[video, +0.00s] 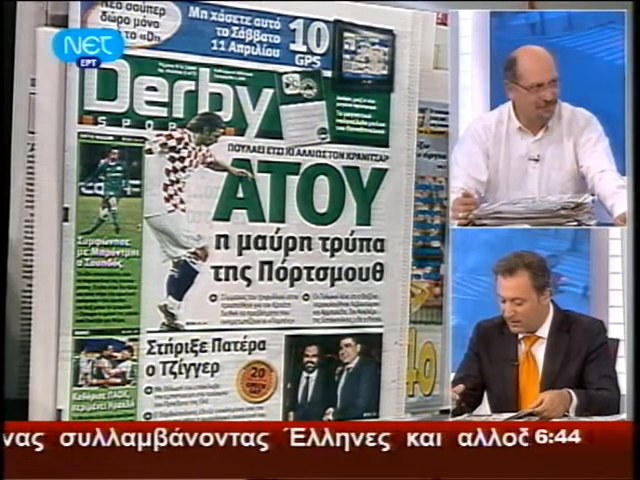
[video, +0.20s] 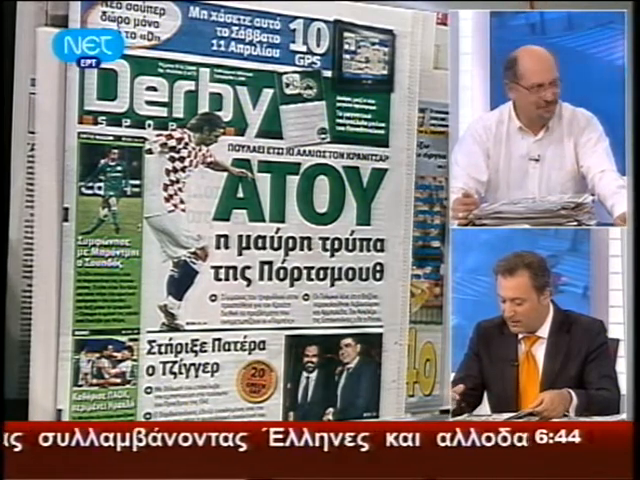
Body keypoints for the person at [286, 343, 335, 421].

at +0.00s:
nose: (310, 360)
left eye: (314, 356)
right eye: (307, 356)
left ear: (320, 359)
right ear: (302, 358)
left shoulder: (326, 377)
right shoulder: (296, 375)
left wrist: (330, 411)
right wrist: (291, 412)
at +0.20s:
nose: (310, 360)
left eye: (314, 356)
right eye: (307, 356)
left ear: (320, 359)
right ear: (302, 358)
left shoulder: (326, 377)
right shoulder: (296, 375)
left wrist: (330, 411)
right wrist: (291, 412)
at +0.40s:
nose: (310, 360)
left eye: (314, 356)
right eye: (307, 356)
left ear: (320, 359)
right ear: (302, 358)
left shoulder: (326, 377)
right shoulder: (296, 375)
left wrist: (330, 411)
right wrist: (291, 412)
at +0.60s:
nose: (310, 360)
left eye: (314, 356)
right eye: (307, 356)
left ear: (320, 359)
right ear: (303, 358)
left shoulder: (326, 377)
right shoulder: (296, 375)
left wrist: (330, 411)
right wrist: (291, 412)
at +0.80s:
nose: (310, 360)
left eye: (314, 356)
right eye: (307, 356)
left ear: (320, 359)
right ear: (303, 358)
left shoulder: (326, 376)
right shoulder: (296, 375)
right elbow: (291, 397)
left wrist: (330, 411)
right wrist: (291, 412)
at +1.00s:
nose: (310, 360)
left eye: (314, 356)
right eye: (307, 356)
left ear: (320, 359)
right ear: (303, 358)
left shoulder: (326, 377)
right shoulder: (296, 375)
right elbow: (291, 397)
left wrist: (330, 411)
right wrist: (291, 412)